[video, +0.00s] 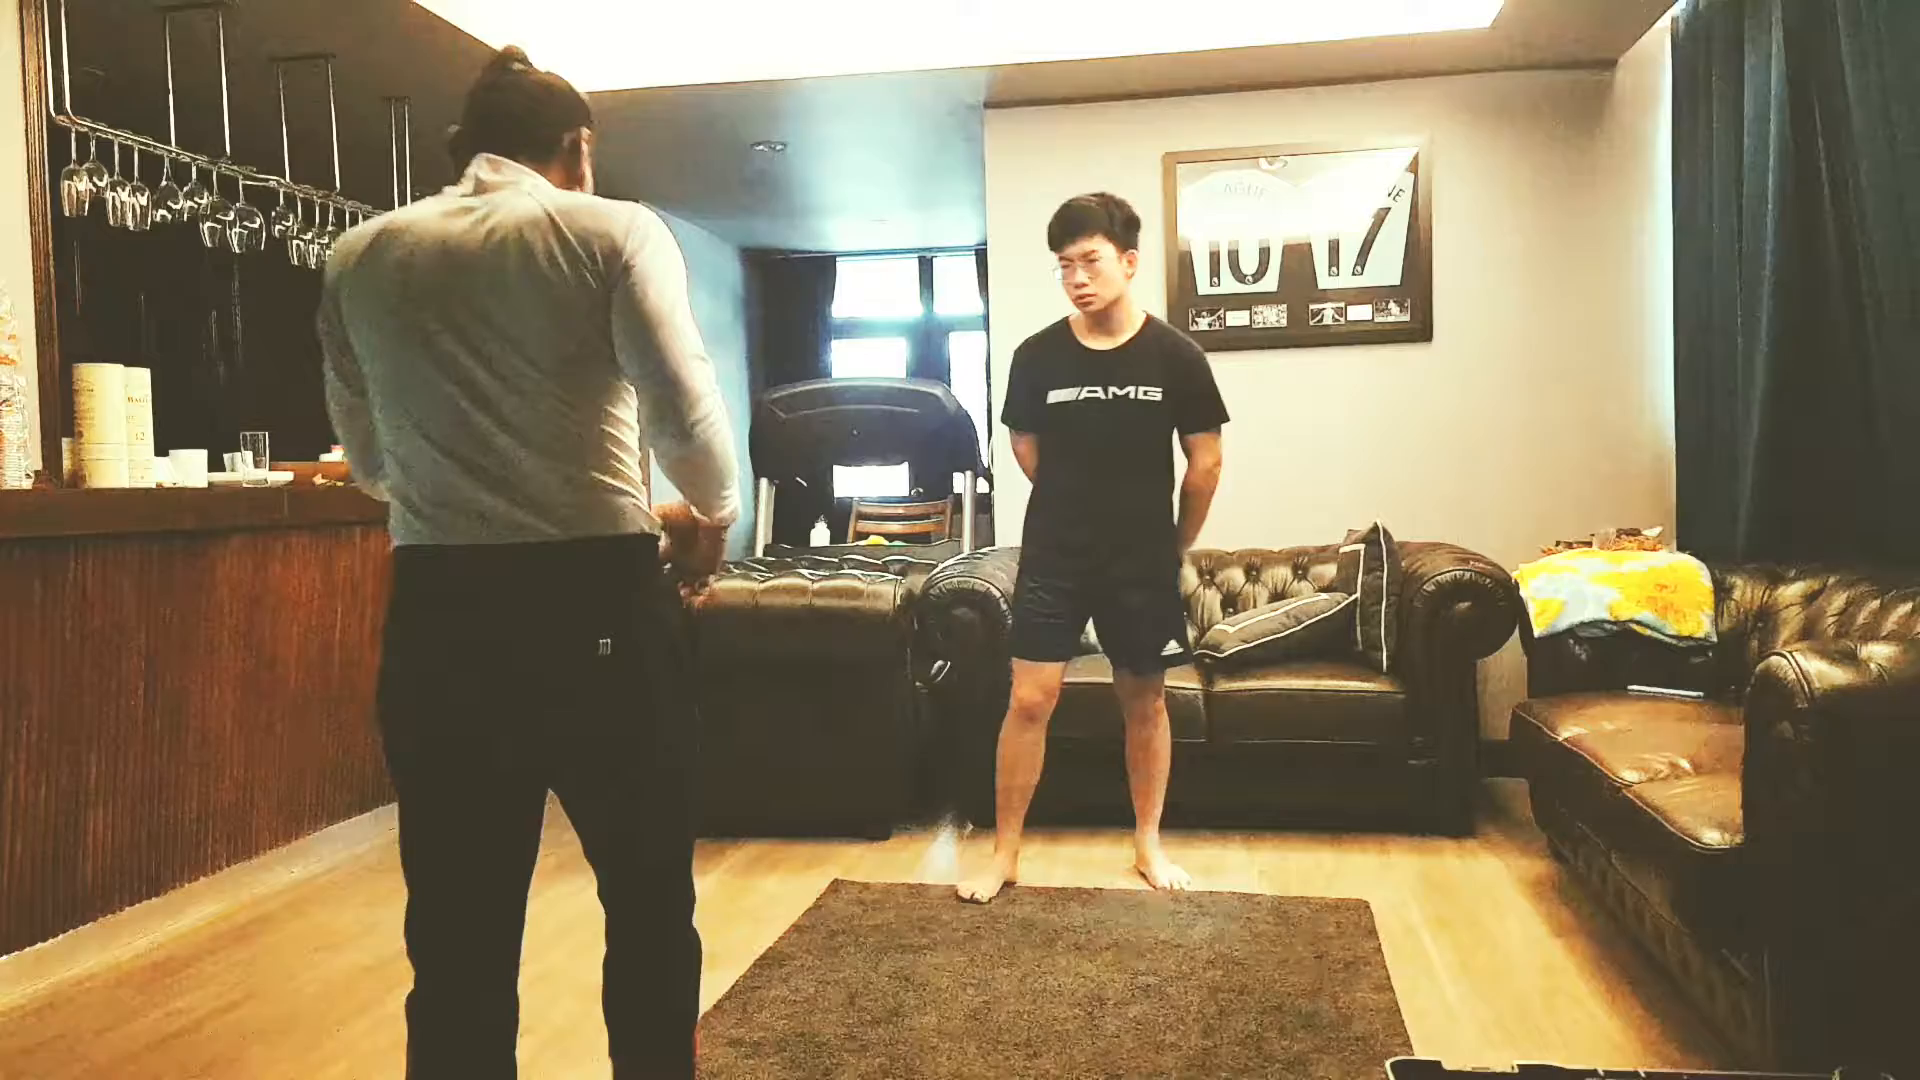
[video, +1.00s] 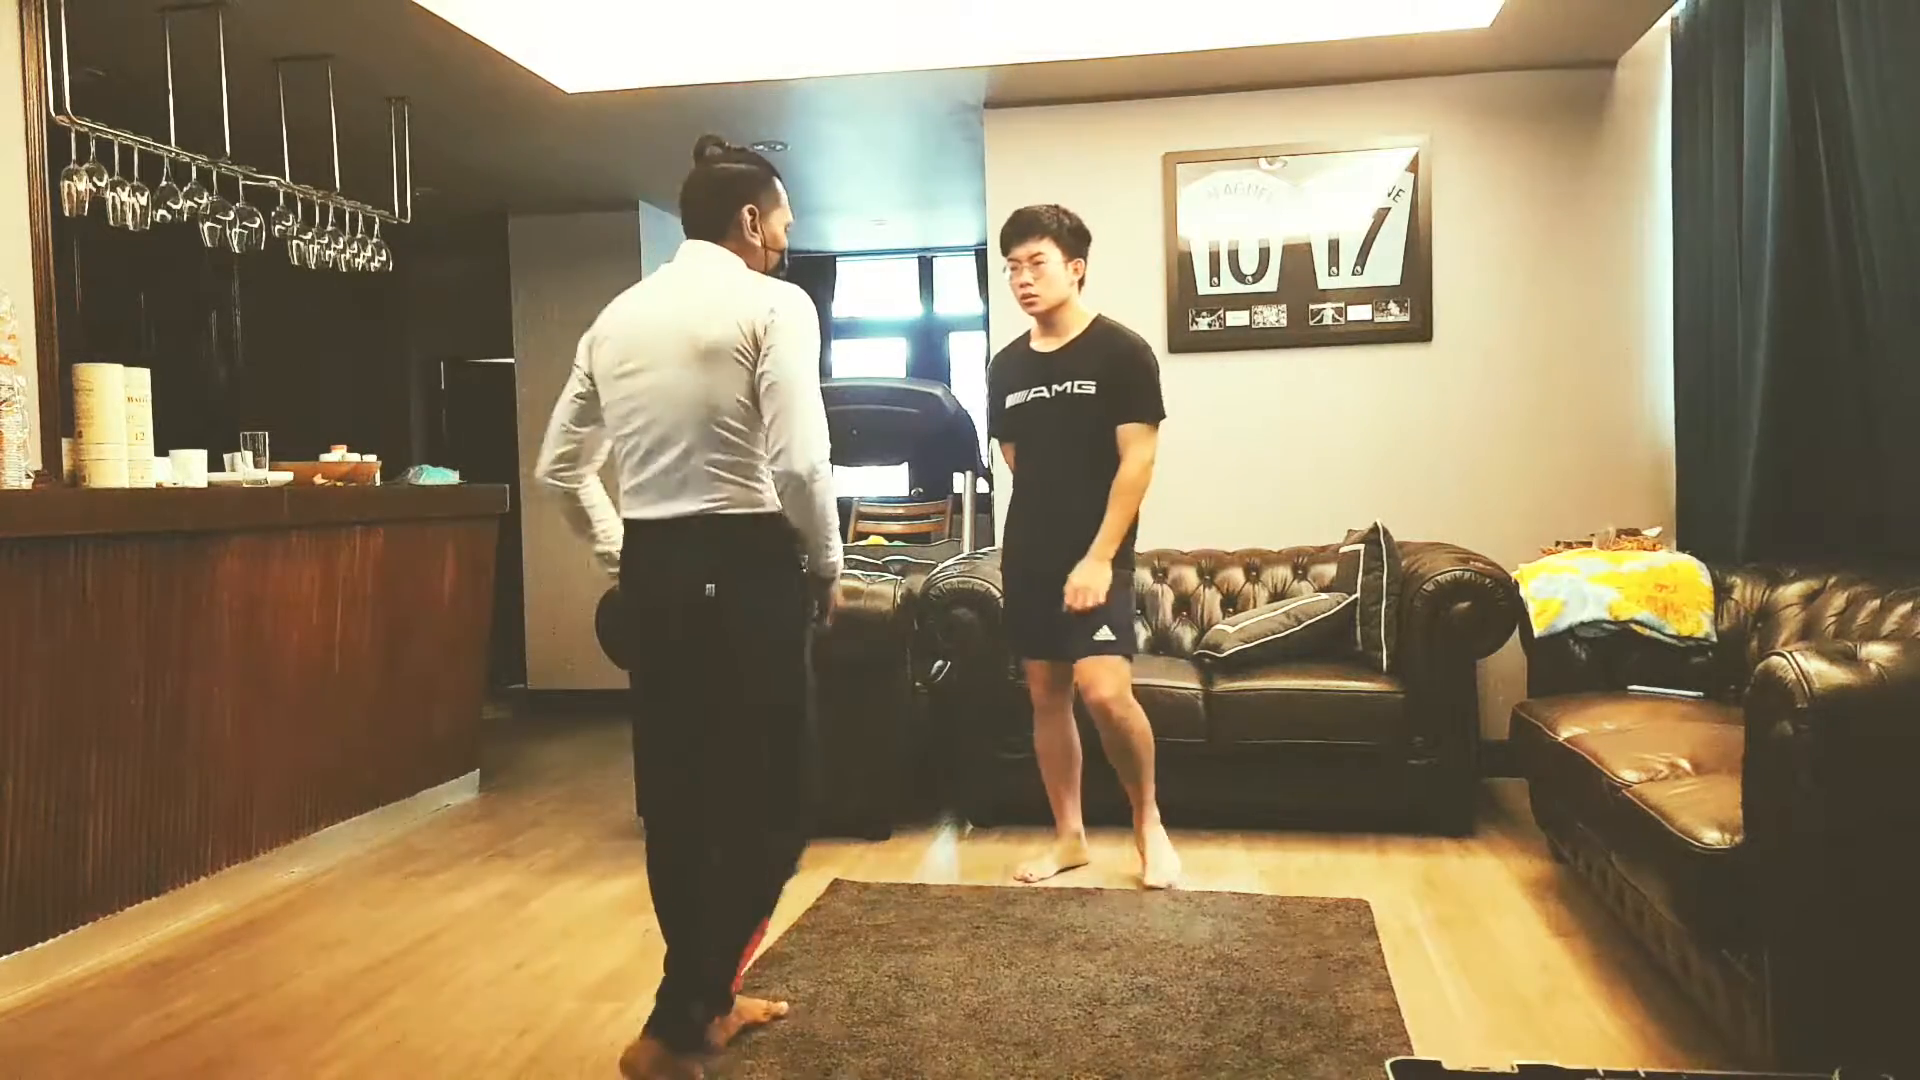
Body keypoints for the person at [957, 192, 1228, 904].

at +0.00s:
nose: (1077, 276)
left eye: (1091, 260)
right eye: (1065, 264)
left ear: (1131, 260)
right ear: (1057, 271)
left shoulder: (1177, 356)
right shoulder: (1036, 356)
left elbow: (1204, 465)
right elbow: (1027, 449)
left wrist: (1176, 544)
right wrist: (1074, 499)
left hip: (1140, 559)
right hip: (1052, 557)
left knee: (1145, 702)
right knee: (1028, 701)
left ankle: (1149, 848)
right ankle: (1004, 856)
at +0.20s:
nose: (1101, 277)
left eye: (1115, 262)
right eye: (1090, 264)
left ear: (1152, 264)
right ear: (1079, 269)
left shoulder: (1192, 357)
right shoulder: (1052, 356)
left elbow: (1217, 465)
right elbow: (1033, 447)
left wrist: (1220, 567)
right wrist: (1089, 488)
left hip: (1151, 558)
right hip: (1065, 555)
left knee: (1149, 702)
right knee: (1048, 698)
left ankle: (1148, 842)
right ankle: (1030, 846)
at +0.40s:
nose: (1105, 272)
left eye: (1121, 257)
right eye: (1094, 259)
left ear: (1156, 261)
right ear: (1083, 266)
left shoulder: (1195, 357)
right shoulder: (1055, 353)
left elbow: (1225, 454)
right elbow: (1037, 446)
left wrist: (1237, 550)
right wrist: (1087, 489)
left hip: (1153, 556)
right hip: (1069, 554)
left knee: (1152, 704)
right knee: (1058, 700)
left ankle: (1148, 842)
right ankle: (1061, 840)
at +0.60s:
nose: (1083, 269)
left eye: (1098, 254)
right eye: (1073, 257)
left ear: (1137, 259)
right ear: (1064, 266)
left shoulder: (1178, 354)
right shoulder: (1044, 355)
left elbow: (1207, 457)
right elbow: (1036, 450)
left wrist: (1211, 552)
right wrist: (1089, 488)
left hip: (1143, 554)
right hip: (1062, 554)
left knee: (1146, 704)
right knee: (1059, 697)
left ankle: (1148, 843)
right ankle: (1072, 836)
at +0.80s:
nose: (1050, 271)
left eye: (1064, 255)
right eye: (1041, 260)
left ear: (1105, 259)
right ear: (1036, 270)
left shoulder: (1149, 352)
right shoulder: (1025, 359)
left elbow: (1167, 463)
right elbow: (1028, 454)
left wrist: (1152, 562)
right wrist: (1086, 487)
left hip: (1122, 551)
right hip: (1047, 552)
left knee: (1130, 702)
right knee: (1051, 693)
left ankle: (1147, 844)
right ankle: (1071, 842)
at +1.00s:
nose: (1022, 277)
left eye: (1037, 263)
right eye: (1014, 266)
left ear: (1077, 267)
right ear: (1008, 274)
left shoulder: (1122, 351)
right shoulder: (1006, 365)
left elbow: (1138, 463)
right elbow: (1017, 462)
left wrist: (1100, 557)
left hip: (1100, 545)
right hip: (1030, 549)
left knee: (1103, 691)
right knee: (1047, 691)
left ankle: (1148, 824)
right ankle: (1070, 839)